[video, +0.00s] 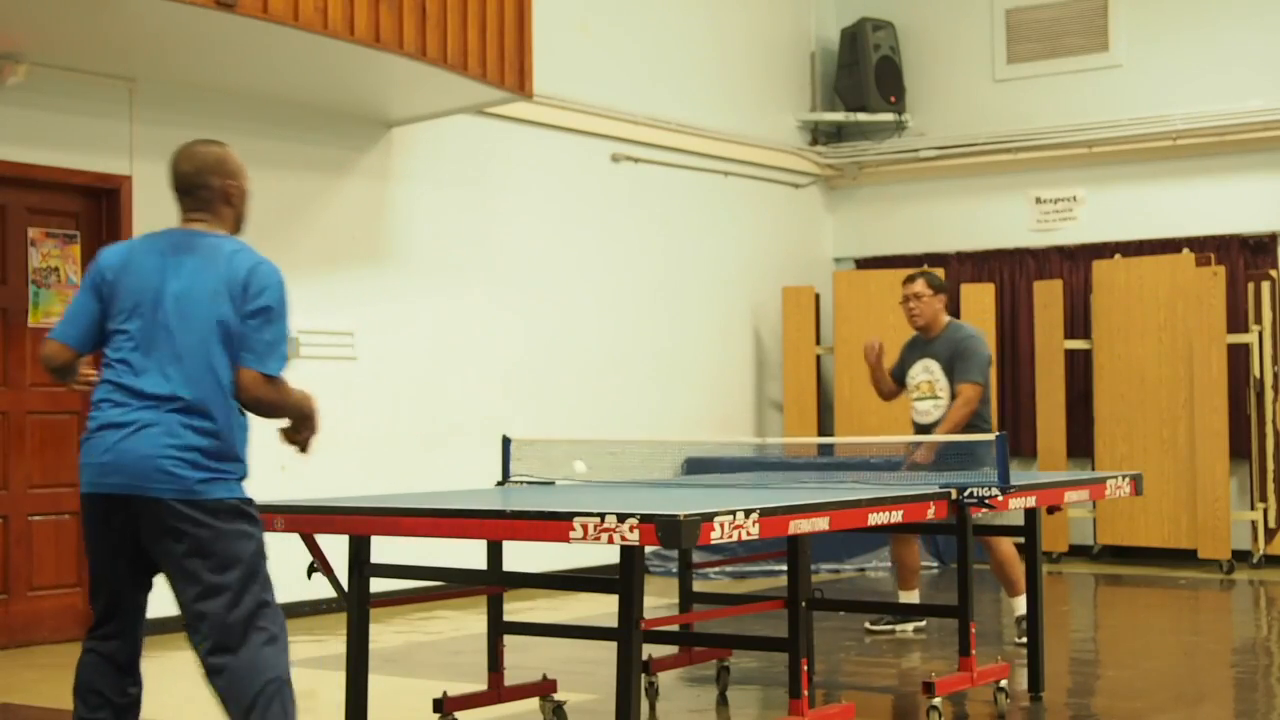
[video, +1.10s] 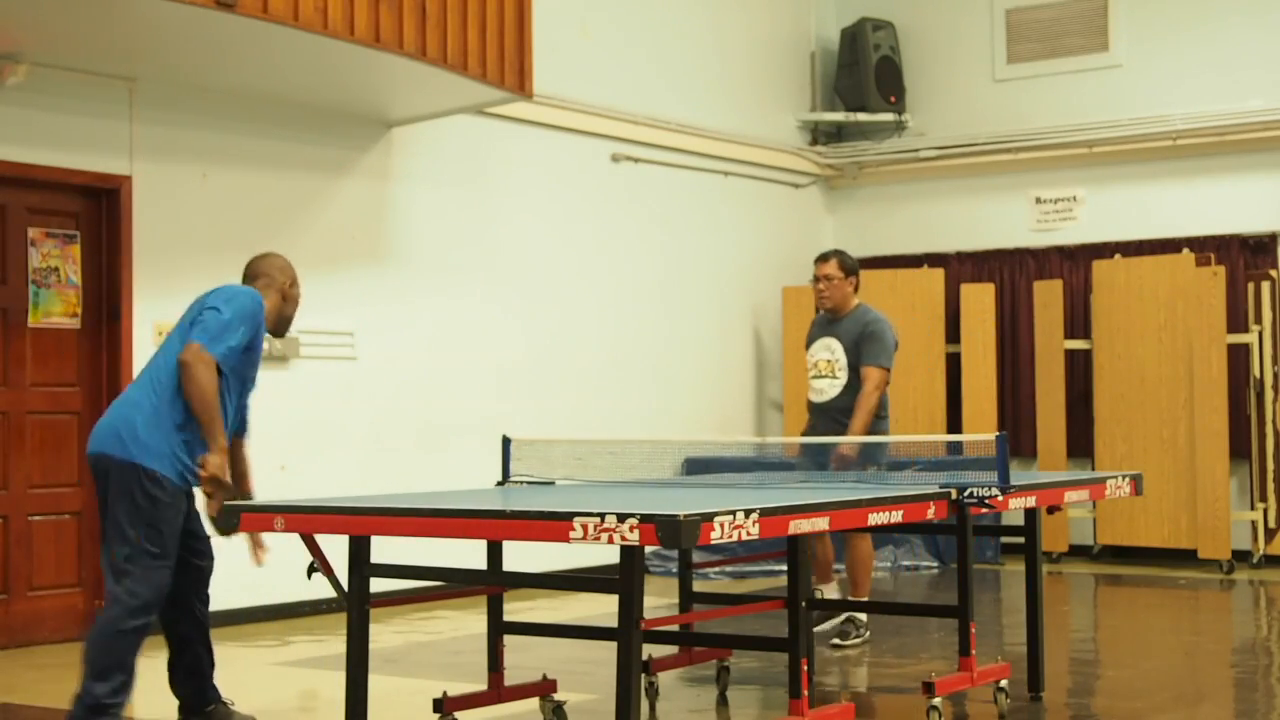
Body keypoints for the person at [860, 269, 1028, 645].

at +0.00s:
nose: (910, 307)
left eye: (918, 299)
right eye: (905, 301)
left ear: (942, 300)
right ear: (903, 306)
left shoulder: (968, 341)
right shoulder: (913, 346)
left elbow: (967, 401)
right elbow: (889, 391)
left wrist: (931, 444)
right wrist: (875, 367)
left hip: (970, 452)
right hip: (925, 453)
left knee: (991, 531)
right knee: (903, 524)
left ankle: (1024, 614)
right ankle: (909, 611)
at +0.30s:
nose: (870, 298)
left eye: (876, 290)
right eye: (866, 293)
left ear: (901, 288)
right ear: (866, 297)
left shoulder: (929, 325)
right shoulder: (876, 335)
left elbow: (940, 382)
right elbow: (838, 367)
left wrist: (920, 435)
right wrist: (843, 325)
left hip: (933, 438)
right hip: (890, 441)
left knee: (939, 519)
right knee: (897, 523)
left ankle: (966, 603)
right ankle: (908, 610)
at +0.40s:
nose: (860, 298)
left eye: (867, 290)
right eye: (856, 293)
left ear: (889, 289)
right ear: (854, 297)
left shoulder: (919, 324)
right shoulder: (865, 340)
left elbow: (936, 379)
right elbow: (829, 376)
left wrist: (917, 433)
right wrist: (833, 330)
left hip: (920, 441)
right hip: (884, 444)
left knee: (918, 521)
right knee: (897, 523)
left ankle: (924, 612)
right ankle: (906, 608)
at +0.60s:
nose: (846, 301)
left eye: (853, 292)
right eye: (842, 295)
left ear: (875, 291)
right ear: (839, 299)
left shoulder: (905, 330)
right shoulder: (847, 344)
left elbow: (920, 388)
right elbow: (832, 394)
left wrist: (922, 441)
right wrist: (814, 380)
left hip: (897, 444)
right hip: (863, 446)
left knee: (883, 521)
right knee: (887, 522)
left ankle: (865, 610)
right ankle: (909, 607)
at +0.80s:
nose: (839, 295)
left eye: (846, 287)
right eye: (835, 288)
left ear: (869, 287)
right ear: (832, 292)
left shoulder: (893, 331)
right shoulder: (835, 335)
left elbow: (905, 394)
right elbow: (825, 392)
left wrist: (908, 449)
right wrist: (810, 439)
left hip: (875, 446)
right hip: (838, 447)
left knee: (862, 523)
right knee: (860, 522)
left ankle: (858, 612)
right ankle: (896, 594)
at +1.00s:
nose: (827, 290)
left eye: (835, 282)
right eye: (824, 283)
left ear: (859, 284)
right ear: (822, 288)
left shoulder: (879, 328)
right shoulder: (827, 327)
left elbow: (883, 390)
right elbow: (825, 387)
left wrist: (871, 445)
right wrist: (813, 438)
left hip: (860, 444)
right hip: (824, 442)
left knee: (856, 524)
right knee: (812, 519)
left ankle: (857, 615)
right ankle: (863, 578)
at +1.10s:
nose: (821, 288)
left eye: (829, 280)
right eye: (817, 281)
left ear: (852, 283)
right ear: (815, 285)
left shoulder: (873, 325)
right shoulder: (819, 324)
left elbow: (873, 388)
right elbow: (818, 388)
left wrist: (853, 439)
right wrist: (805, 435)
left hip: (860, 443)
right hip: (819, 440)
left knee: (855, 523)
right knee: (807, 518)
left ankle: (857, 614)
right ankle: (828, 598)